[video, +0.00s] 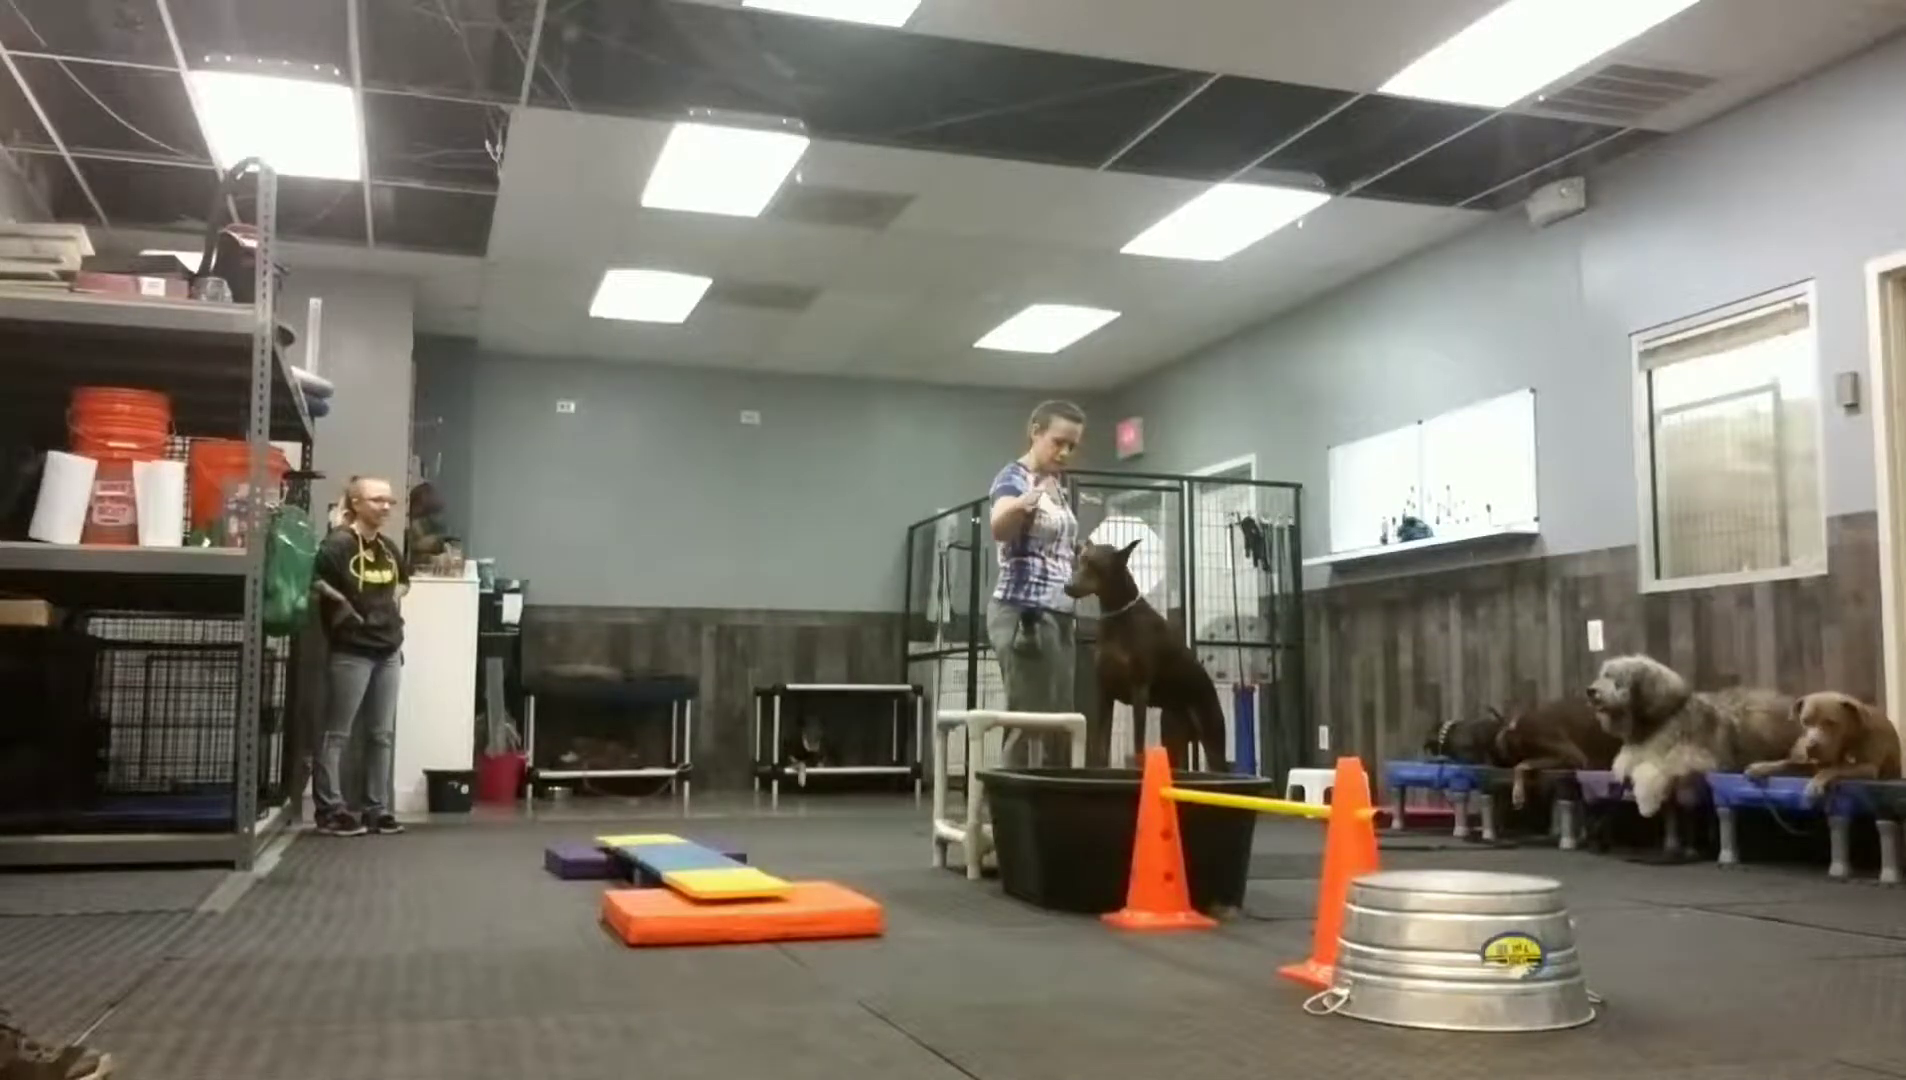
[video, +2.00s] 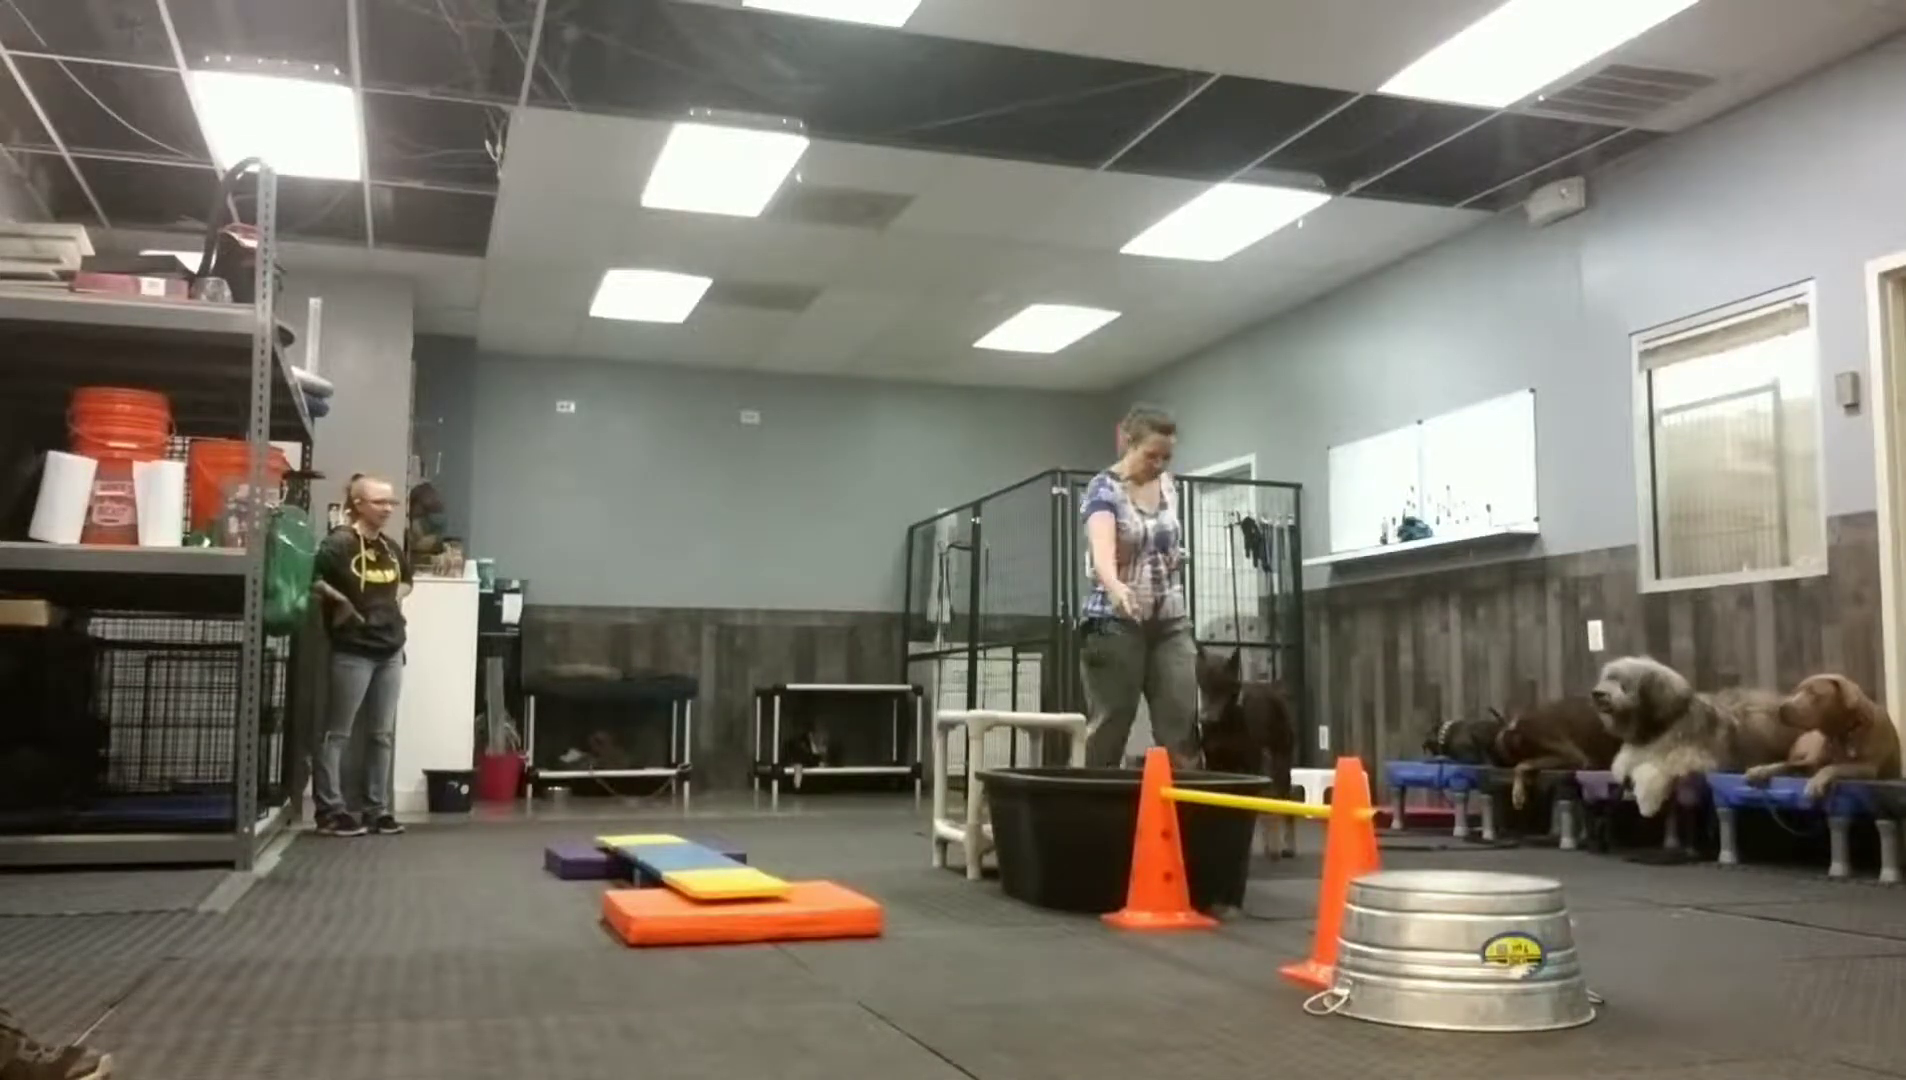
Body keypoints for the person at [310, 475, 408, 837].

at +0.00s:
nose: (385, 507)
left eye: (388, 501)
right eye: (377, 500)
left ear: (389, 506)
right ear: (356, 504)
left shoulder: (387, 546)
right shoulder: (337, 545)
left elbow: (401, 583)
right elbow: (321, 588)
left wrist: (389, 617)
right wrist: (349, 616)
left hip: (388, 649)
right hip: (352, 649)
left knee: (381, 734)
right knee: (337, 734)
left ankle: (377, 810)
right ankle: (329, 810)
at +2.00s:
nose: (388, 509)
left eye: (390, 503)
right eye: (381, 502)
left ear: (389, 507)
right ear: (358, 505)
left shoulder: (389, 545)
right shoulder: (338, 543)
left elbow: (405, 581)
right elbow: (315, 580)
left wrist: (390, 610)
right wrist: (342, 603)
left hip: (390, 649)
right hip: (353, 648)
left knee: (382, 734)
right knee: (338, 733)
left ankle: (376, 810)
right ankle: (329, 810)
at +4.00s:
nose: (388, 508)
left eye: (392, 502)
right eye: (380, 500)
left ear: (394, 507)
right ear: (358, 502)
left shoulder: (389, 546)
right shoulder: (339, 544)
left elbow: (406, 582)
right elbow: (322, 587)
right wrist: (352, 614)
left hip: (391, 650)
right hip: (353, 650)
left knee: (383, 735)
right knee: (338, 734)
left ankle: (377, 811)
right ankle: (330, 811)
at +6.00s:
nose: (389, 508)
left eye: (392, 502)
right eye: (381, 501)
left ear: (395, 506)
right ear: (359, 503)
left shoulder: (391, 546)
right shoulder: (339, 546)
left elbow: (403, 585)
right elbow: (316, 586)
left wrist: (395, 623)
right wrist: (346, 608)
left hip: (392, 650)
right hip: (355, 650)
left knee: (383, 734)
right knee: (339, 734)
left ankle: (378, 811)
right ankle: (330, 811)